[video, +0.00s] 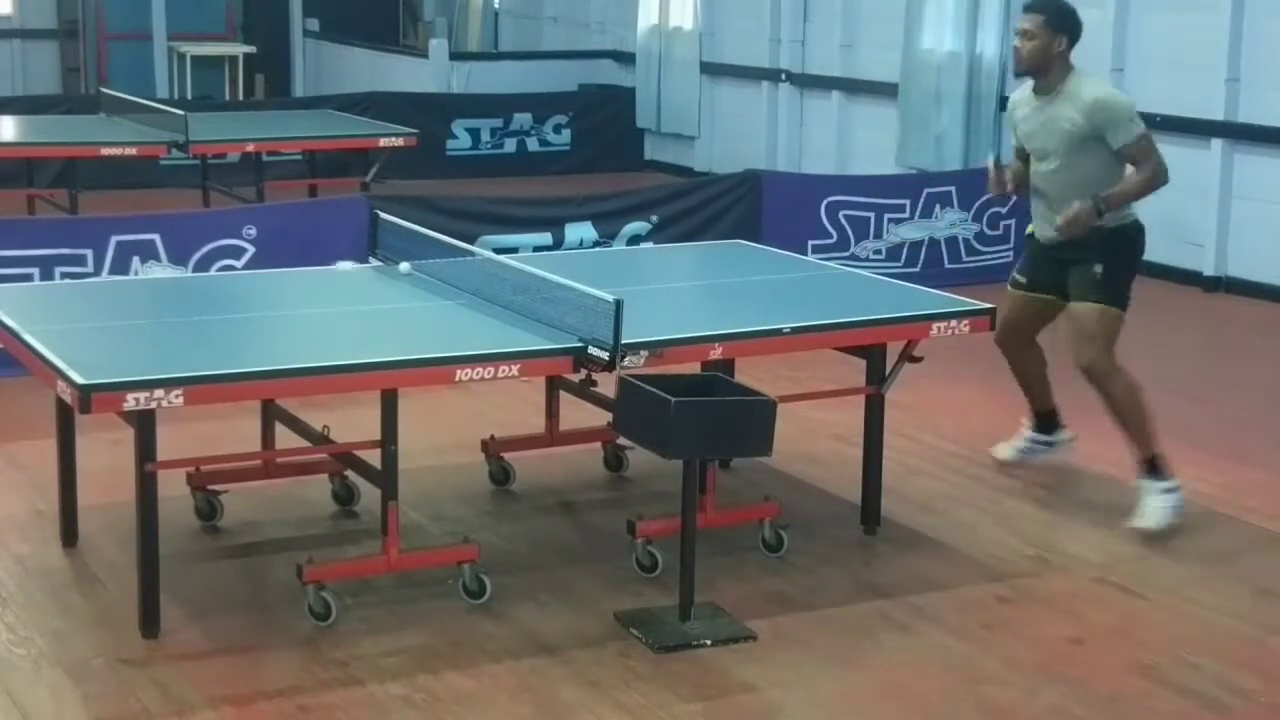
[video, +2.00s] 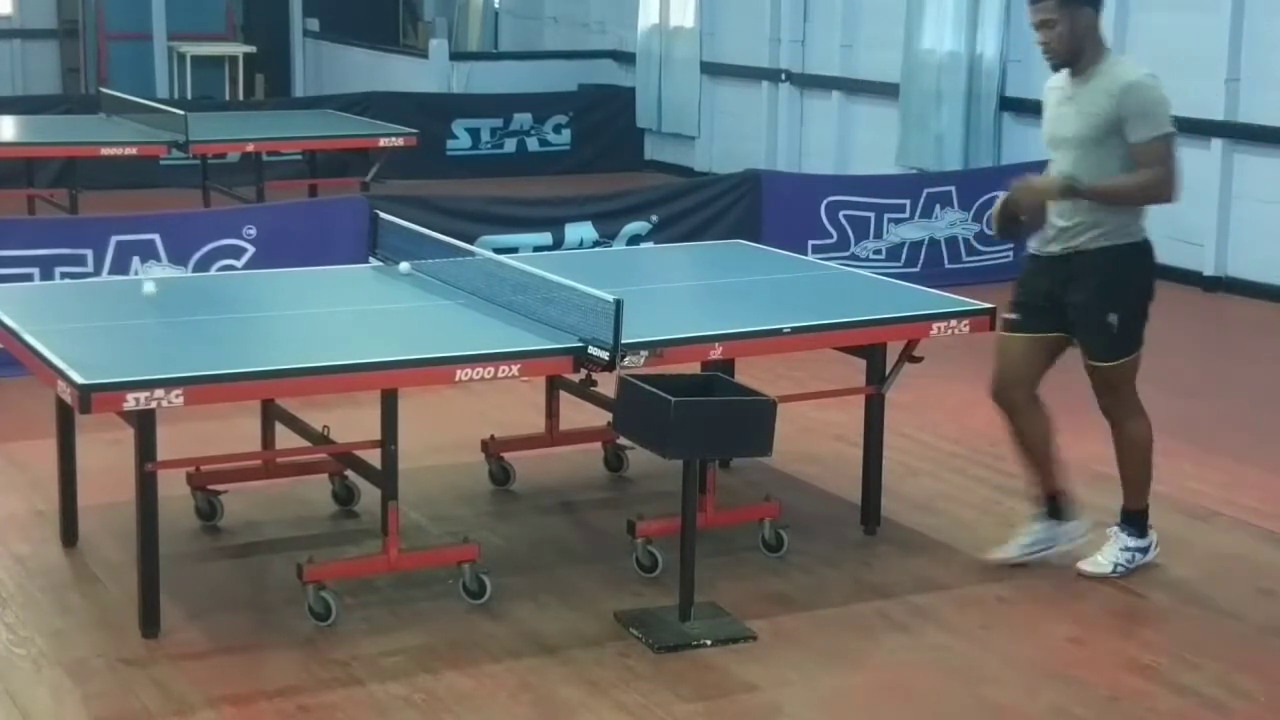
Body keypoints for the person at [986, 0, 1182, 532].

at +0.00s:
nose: (1017, 45)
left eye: (1027, 37)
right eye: (1017, 36)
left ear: (1060, 43)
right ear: (1030, 44)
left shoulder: (1101, 103)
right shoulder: (1020, 106)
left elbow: (1155, 171)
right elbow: (1026, 172)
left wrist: (1098, 206)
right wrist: (1008, 180)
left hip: (1106, 242)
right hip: (1048, 241)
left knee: (1093, 358)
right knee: (1012, 333)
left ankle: (1159, 481)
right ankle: (1047, 430)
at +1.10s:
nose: (1100, 61)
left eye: (1112, 52)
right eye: (1101, 51)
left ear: (1144, 62)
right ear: (1106, 59)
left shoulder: (1183, 119)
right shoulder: (1102, 122)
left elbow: (1239, 186)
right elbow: (1103, 181)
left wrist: (1159, 211)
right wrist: (1072, 216)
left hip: (1193, 264)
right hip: (1134, 264)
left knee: (1185, 389)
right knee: (1102, 356)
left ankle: (1250, 503)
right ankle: (1087, 444)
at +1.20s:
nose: (1110, 22)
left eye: (1124, 15)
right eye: (1111, 13)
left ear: (1156, 28)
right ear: (1119, 26)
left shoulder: (1189, 84)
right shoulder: (1113, 85)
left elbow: (1253, 148)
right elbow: (1121, 155)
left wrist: (1173, 183)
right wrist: (1098, 197)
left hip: (1195, 237)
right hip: (1136, 238)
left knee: (1191, 369)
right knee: (1121, 346)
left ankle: (1247, 494)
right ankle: (1149, 460)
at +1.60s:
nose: (1108, 24)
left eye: (1123, 17)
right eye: (1107, 14)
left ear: (1156, 25)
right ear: (1105, 19)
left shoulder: (1191, 83)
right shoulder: (1097, 89)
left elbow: (1243, 159)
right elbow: (1100, 161)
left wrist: (1169, 190)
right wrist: (1087, 207)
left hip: (1184, 248)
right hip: (1125, 256)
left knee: (1165, 382)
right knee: (1158, 382)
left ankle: (1164, 529)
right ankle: (1218, 488)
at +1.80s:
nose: (1086, 39)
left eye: (1097, 26)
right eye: (1080, 29)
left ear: (1133, 26)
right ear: (1077, 33)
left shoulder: (1173, 98)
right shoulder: (1078, 99)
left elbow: (1233, 174)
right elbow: (1073, 171)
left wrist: (1155, 203)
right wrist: (1055, 199)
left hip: (1150, 266)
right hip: (1090, 266)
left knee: (1120, 401)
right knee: (1081, 396)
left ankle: (1138, 540)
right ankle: (1178, 467)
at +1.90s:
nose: (1065, 42)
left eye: (1074, 28)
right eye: (1060, 31)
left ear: (1113, 22)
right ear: (1061, 31)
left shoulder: (1155, 93)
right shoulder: (1069, 94)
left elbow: (1202, 184)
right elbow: (1078, 167)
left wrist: (1117, 206)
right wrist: (1044, 198)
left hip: (1131, 266)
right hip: (1071, 265)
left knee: (1120, 403)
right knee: (1039, 392)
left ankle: (1139, 537)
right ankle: (1123, 476)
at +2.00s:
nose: (1040, 39)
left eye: (1048, 25)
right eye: (1035, 28)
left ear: (1087, 17)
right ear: (1042, 28)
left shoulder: (1135, 87)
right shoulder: (1057, 87)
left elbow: (1162, 184)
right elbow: (1075, 176)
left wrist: (1062, 188)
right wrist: (1030, 203)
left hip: (1112, 263)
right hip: (1053, 261)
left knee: (1117, 397)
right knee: (1010, 386)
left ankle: (1136, 532)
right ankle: (1056, 515)